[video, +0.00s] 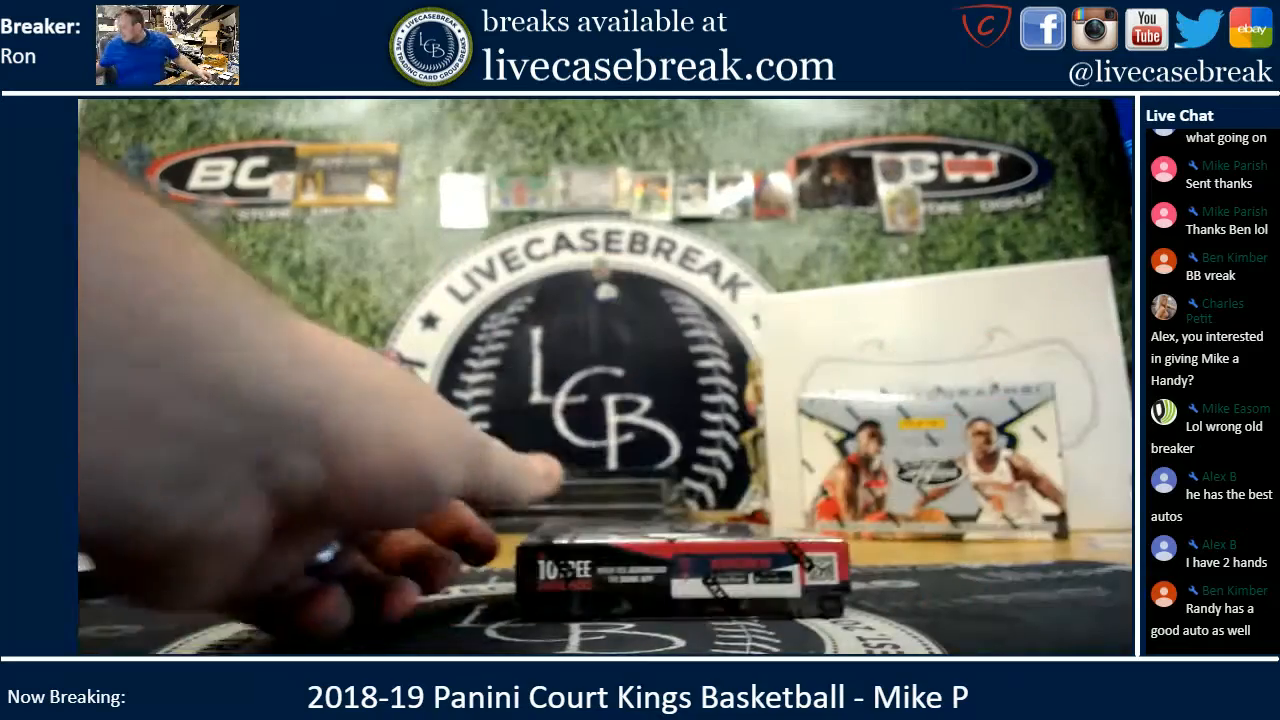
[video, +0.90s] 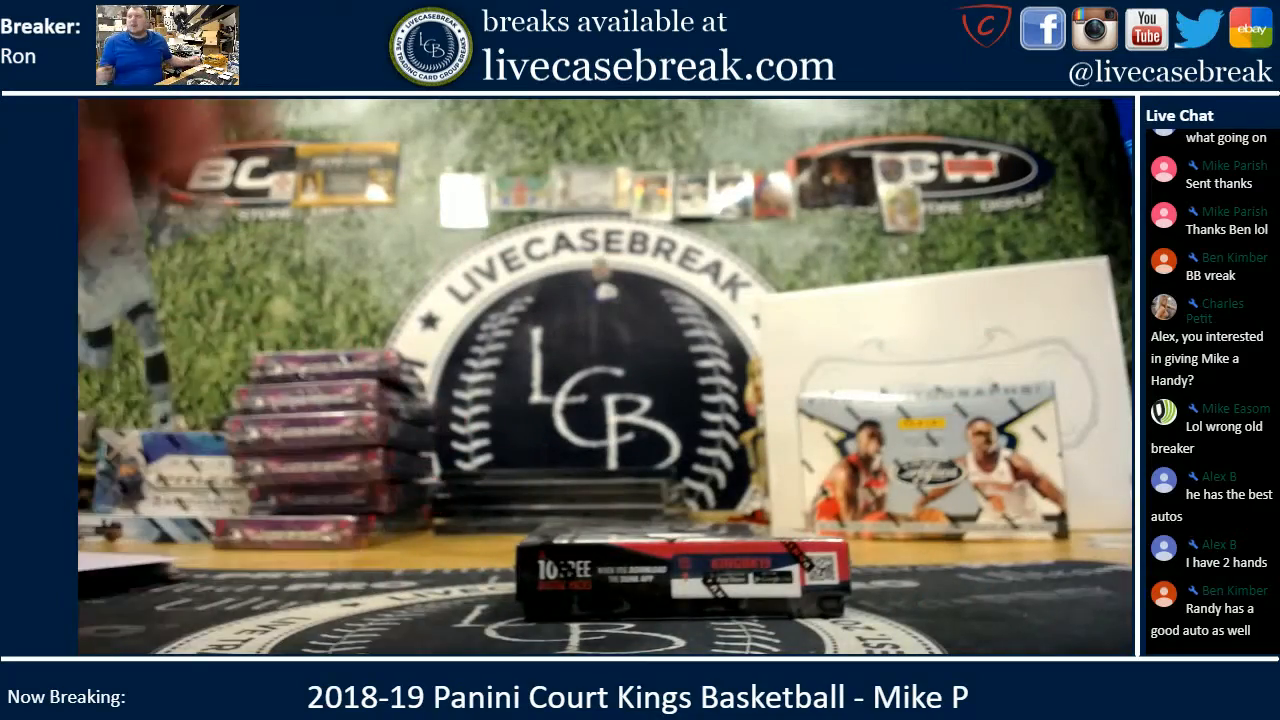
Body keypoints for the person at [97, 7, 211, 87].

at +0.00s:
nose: (120, 31)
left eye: (124, 27)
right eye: (119, 28)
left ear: (138, 26)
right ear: (118, 28)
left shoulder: (161, 41)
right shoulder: (115, 45)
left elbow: (178, 58)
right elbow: (100, 67)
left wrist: (198, 71)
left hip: (156, 101)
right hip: (124, 102)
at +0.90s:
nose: (133, 20)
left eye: (138, 16)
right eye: (130, 16)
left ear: (147, 21)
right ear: (125, 20)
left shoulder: (158, 40)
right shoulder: (113, 42)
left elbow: (170, 60)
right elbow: (105, 74)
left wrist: (189, 61)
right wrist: (102, 74)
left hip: (155, 98)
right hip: (124, 99)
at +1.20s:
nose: (140, 19)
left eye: (145, 16)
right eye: (137, 16)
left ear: (152, 22)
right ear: (131, 21)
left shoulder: (158, 38)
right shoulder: (120, 40)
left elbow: (172, 60)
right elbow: (111, 74)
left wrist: (182, 55)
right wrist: (146, 63)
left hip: (156, 95)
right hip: (126, 97)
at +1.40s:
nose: (143, 19)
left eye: (147, 16)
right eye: (139, 16)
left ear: (153, 21)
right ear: (133, 21)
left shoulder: (160, 38)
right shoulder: (123, 39)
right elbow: (128, 71)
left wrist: (179, 55)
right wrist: (164, 59)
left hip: (159, 92)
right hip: (132, 95)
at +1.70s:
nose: (150, 21)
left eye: (153, 18)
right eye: (145, 18)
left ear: (156, 21)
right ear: (136, 21)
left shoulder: (161, 39)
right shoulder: (125, 41)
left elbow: (174, 59)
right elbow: (134, 76)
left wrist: (183, 59)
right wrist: (170, 64)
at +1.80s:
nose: (155, 25)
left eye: (157, 21)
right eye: (150, 21)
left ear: (159, 22)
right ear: (138, 22)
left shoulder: (160, 39)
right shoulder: (125, 43)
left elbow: (173, 57)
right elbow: (136, 78)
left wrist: (189, 56)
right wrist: (173, 71)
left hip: (160, 91)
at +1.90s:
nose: (157, 25)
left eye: (158, 21)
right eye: (152, 21)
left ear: (159, 22)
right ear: (139, 23)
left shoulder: (160, 39)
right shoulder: (126, 43)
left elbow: (173, 57)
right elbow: (137, 79)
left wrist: (189, 58)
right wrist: (179, 80)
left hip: (163, 89)